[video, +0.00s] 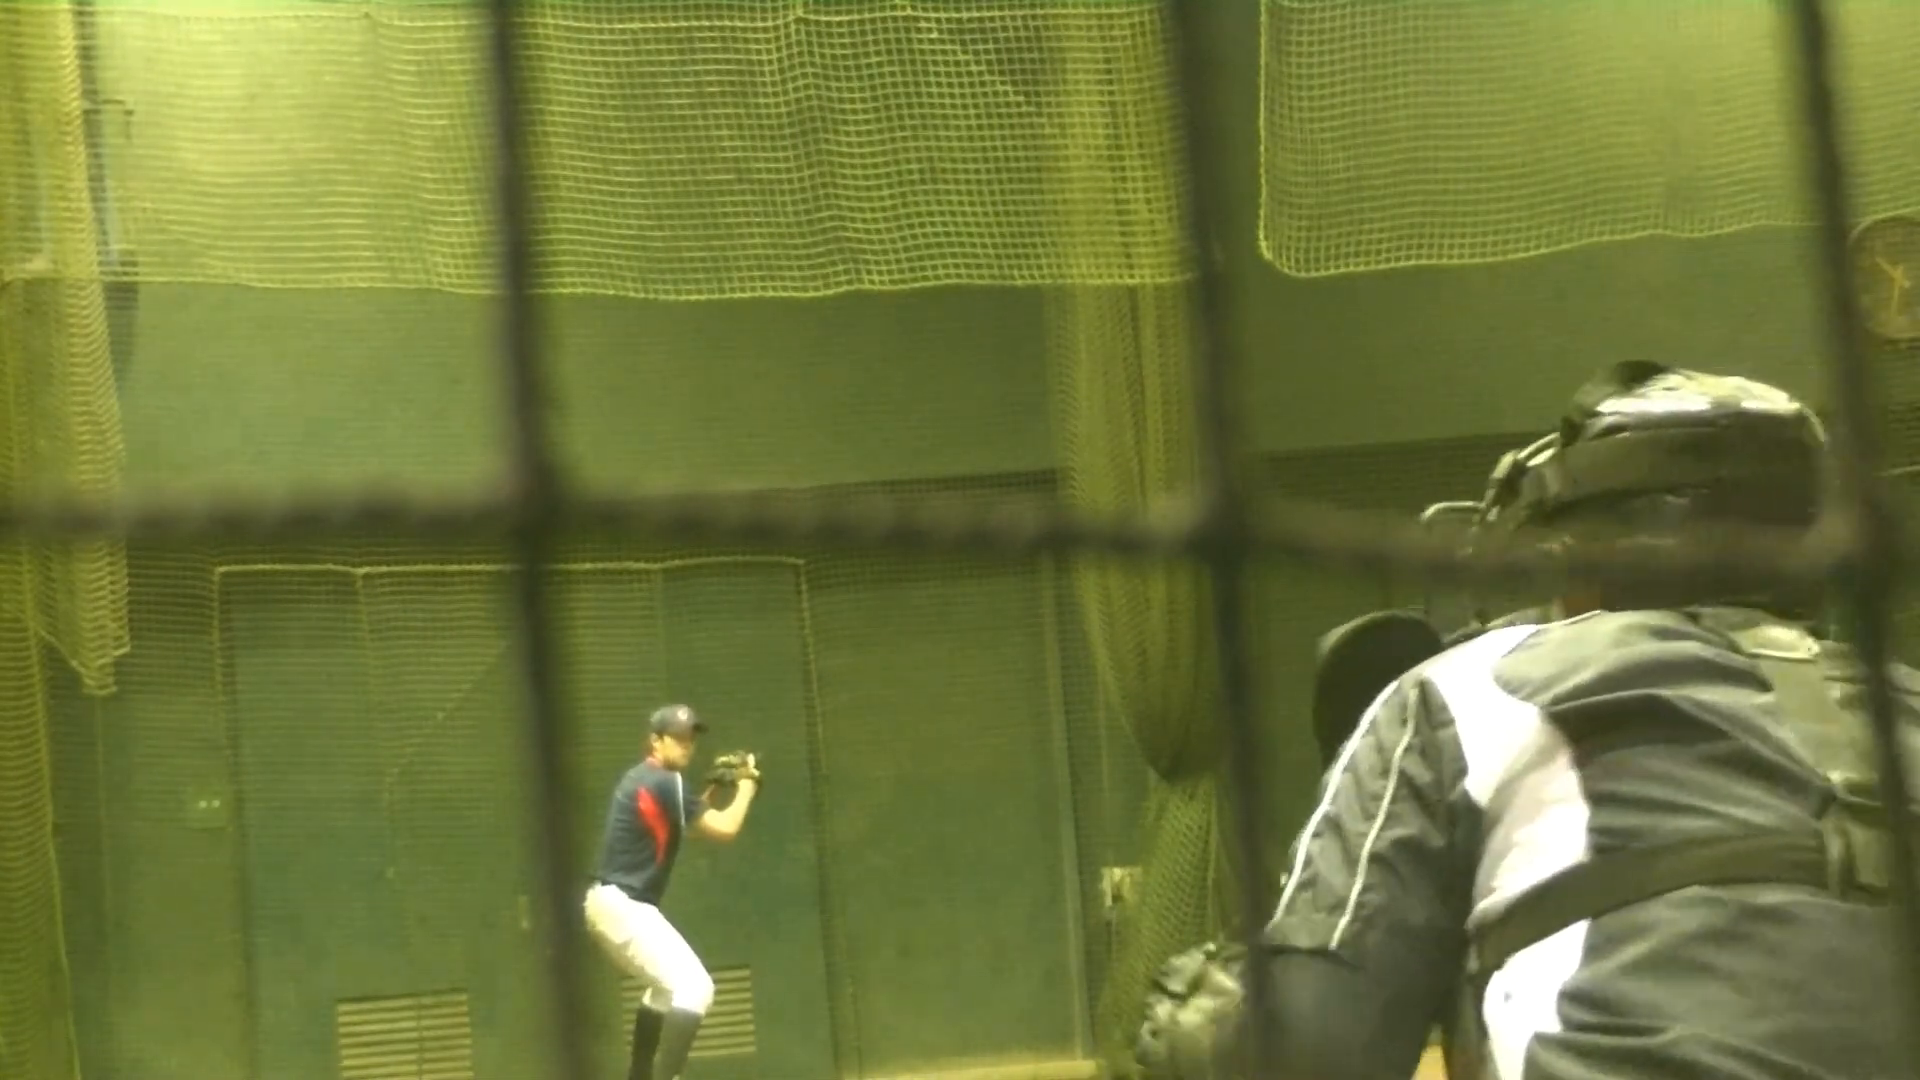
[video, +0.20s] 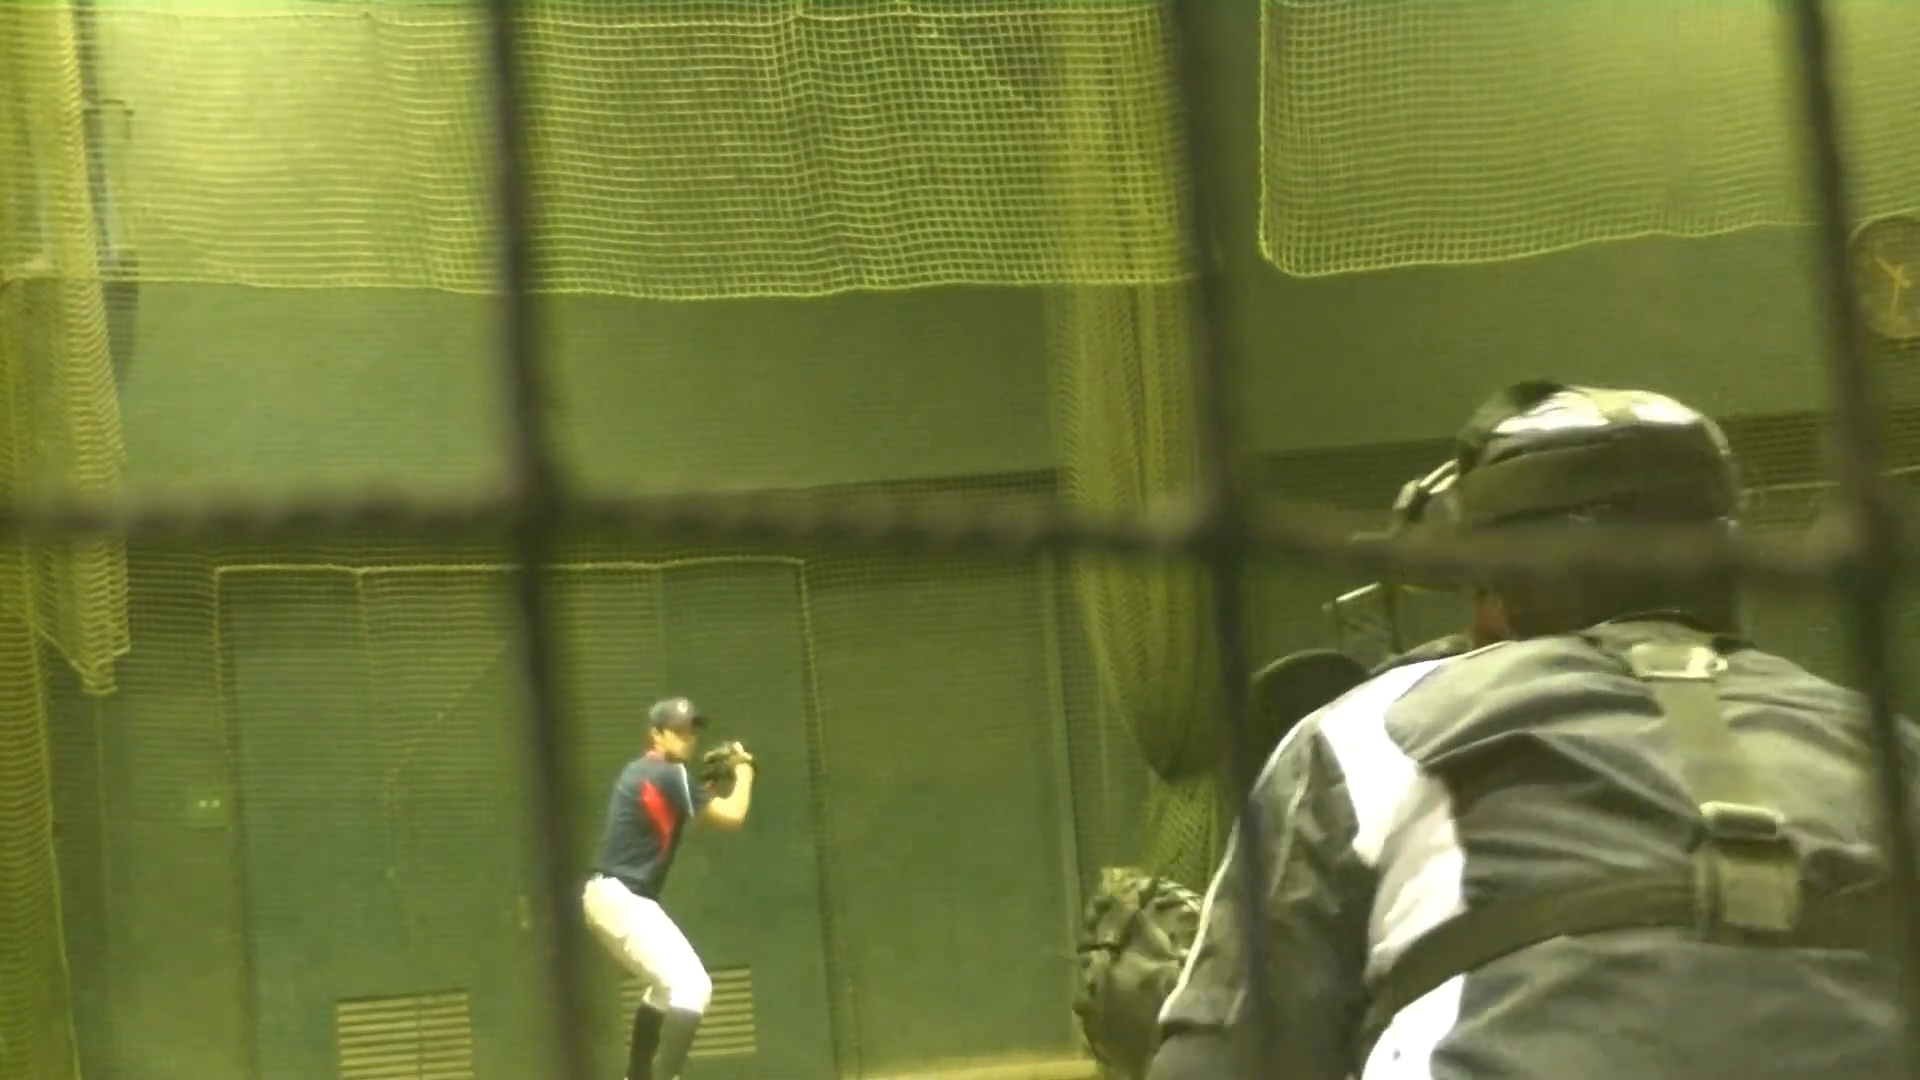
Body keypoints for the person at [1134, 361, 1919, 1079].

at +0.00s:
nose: (1538, 584)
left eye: (1542, 556)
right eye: (1535, 555)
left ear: (1574, 586)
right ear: (1799, 580)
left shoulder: (1460, 699)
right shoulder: (1902, 692)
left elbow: (1321, 1041)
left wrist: (1223, 1029)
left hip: (1648, 1037)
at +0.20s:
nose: (1464, 617)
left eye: (1462, 589)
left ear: (1494, 616)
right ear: (1723, 598)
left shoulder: (1354, 738)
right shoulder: (1880, 730)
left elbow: (1230, 1056)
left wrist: (1159, 1014)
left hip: (1534, 1018)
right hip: (1862, 1024)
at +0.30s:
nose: (1407, 628)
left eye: (1407, 602)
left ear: (1435, 627)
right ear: (1669, 600)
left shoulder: (1289, 768)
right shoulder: (1852, 760)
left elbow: (1170, 1067)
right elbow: (1896, 1020)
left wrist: (1136, 990)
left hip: (1453, 1037)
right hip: (1803, 1040)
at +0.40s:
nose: (1342, 633)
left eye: (1344, 601)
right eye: (1345, 594)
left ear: (1371, 626)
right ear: (1603, 600)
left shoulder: (1207, 819)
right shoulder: (1850, 816)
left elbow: (1109, 1061)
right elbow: (1894, 1045)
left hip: (1379, 1043)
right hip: (1731, 1044)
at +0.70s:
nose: (1164, 609)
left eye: (1174, 576)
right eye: (1170, 574)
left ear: (1207, 587)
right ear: (1446, 552)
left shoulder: (1044, 791)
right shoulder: (1671, 731)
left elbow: (968, 1065)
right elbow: (1861, 1051)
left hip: (1177, 1044)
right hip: (1563, 1034)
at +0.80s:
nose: (1124, 602)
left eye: (1129, 574)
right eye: (1128, 569)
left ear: (1156, 586)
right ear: (1391, 543)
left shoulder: (998, 785)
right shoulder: (1626, 704)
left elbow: (936, 1069)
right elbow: (1826, 1059)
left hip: (1132, 1043)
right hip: (1502, 1029)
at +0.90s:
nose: (1060, 615)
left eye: (1059, 589)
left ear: (1093, 596)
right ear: (1342, 538)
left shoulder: (949, 803)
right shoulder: (1568, 681)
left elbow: (909, 1066)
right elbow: (1775, 1027)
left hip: (1116, 1045)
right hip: (1486, 1040)